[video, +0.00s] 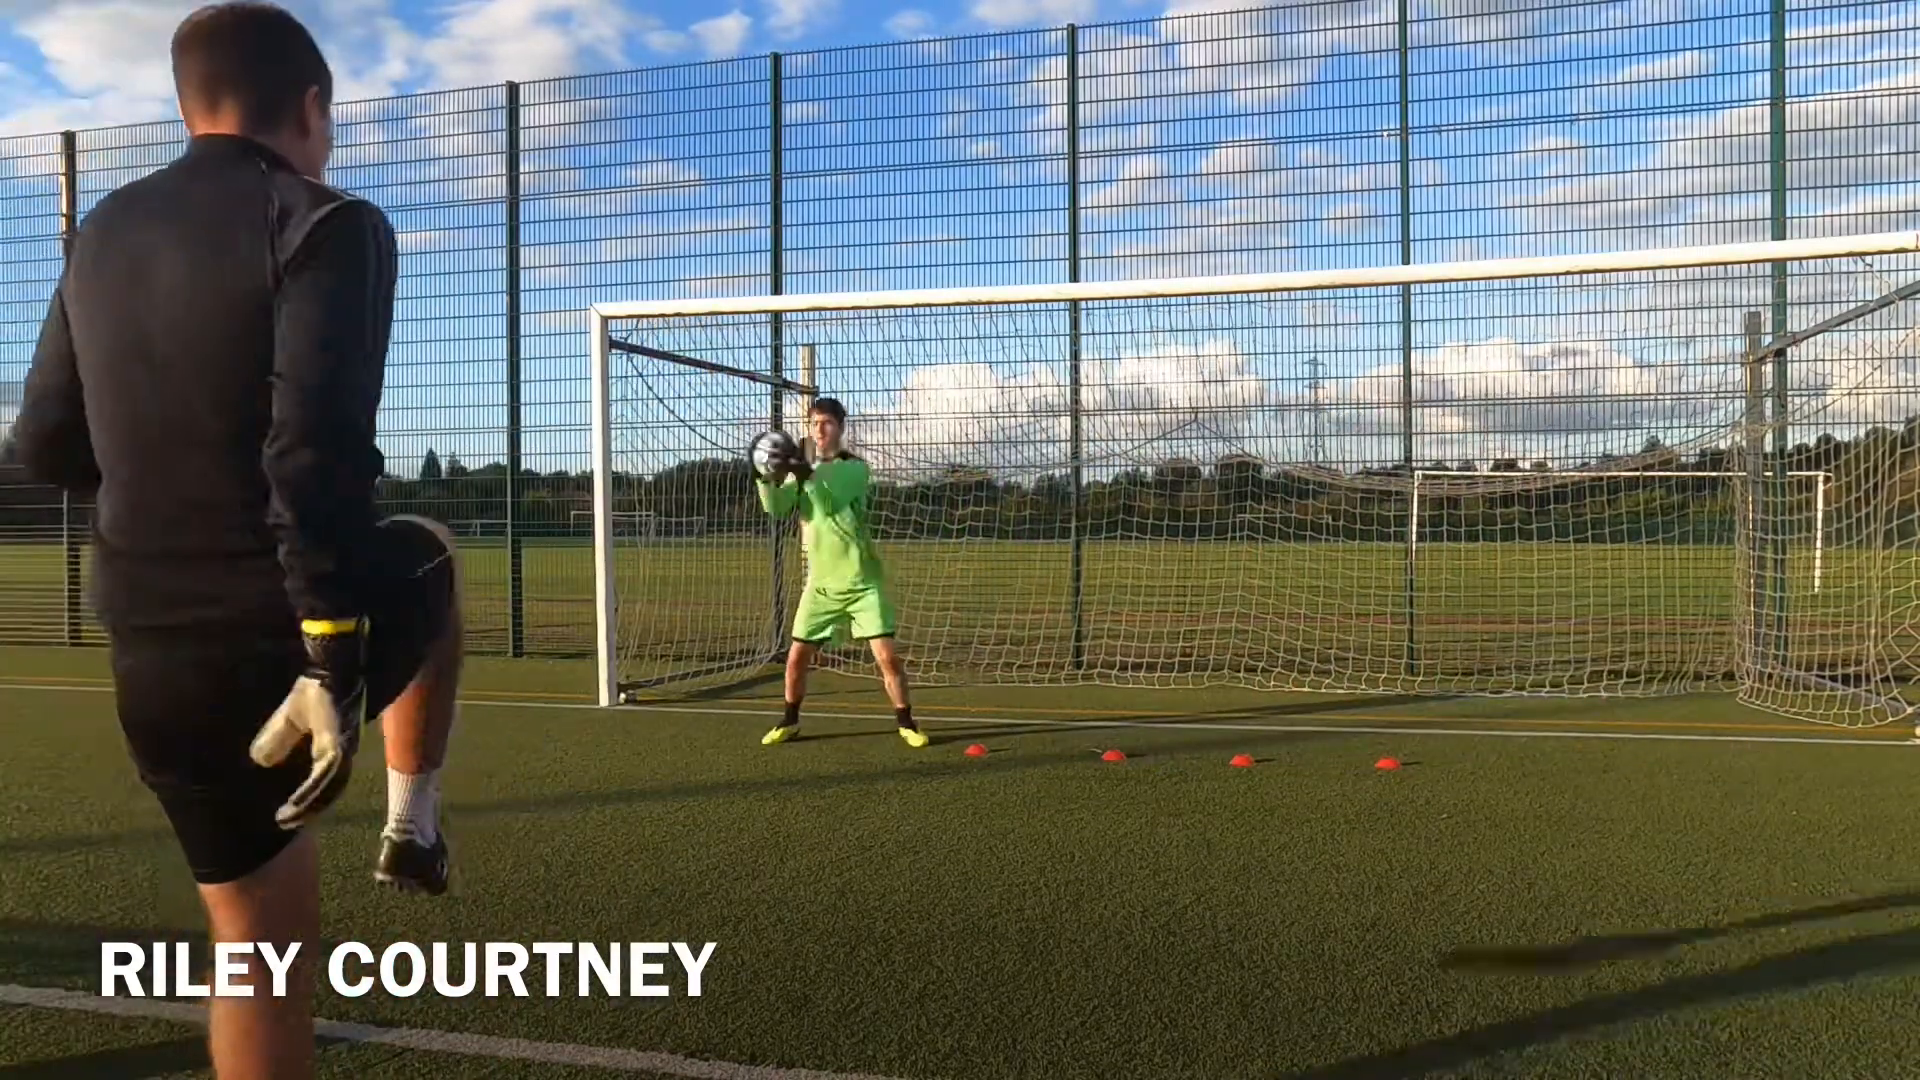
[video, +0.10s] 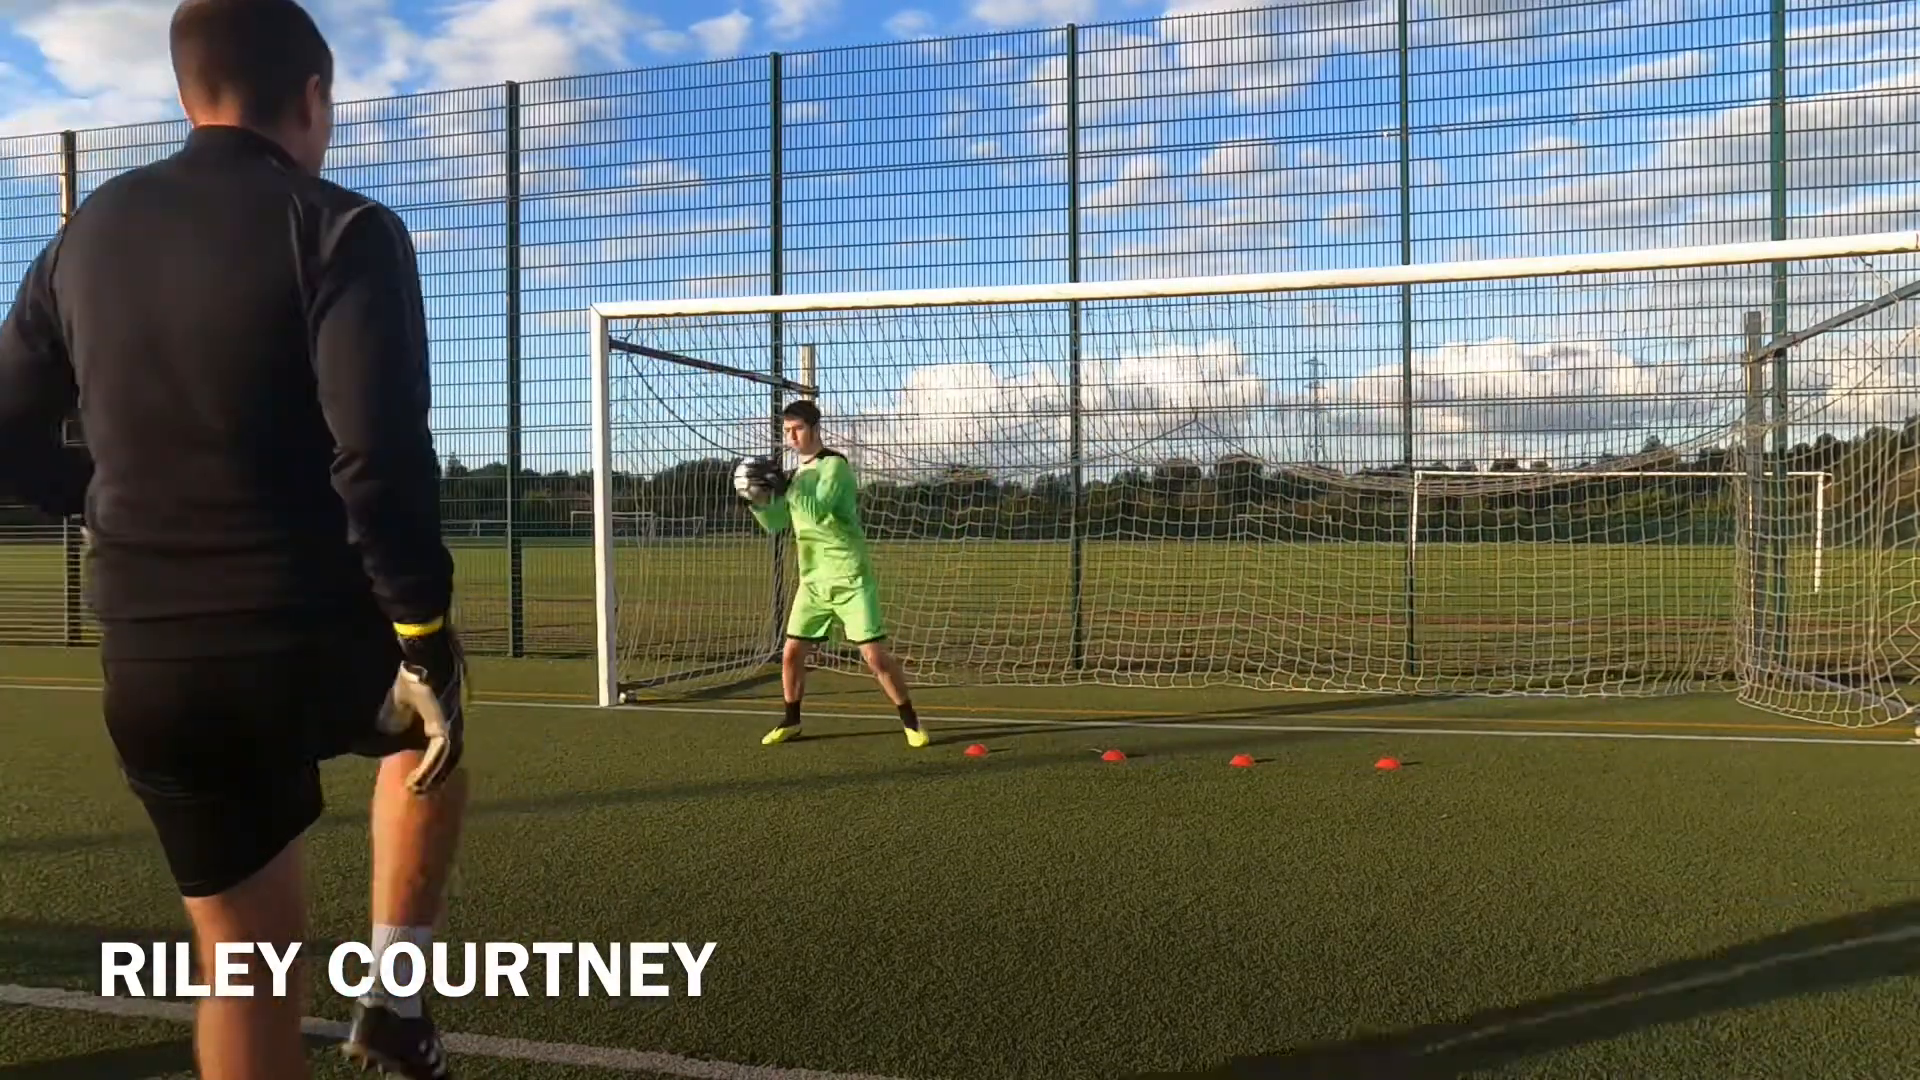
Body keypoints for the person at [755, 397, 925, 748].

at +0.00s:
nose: (820, 430)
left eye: (827, 423)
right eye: (815, 424)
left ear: (842, 428)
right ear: (809, 430)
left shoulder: (858, 470)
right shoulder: (801, 474)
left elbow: (832, 501)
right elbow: (776, 508)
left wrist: (803, 474)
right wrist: (766, 474)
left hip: (863, 581)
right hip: (820, 584)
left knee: (886, 654)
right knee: (796, 655)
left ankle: (906, 722)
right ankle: (790, 720)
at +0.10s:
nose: (791, 437)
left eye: (797, 430)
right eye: (787, 432)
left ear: (815, 429)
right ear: (787, 436)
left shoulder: (836, 466)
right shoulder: (795, 477)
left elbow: (820, 512)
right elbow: (774, 523)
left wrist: (784, 489)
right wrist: (755, 497)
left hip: (851, 579)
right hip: (813, 582)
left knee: (876, 658)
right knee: (791, 652)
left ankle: (911, 722)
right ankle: (791, 721)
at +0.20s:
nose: (770, 449)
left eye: (774, 441)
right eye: (766, 444)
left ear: (791, 438)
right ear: (767, 447)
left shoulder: (813, 472)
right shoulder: (792, 481)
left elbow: (807, 522)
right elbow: (788, 538)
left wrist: (767, 515)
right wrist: (753, 537)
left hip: (846, 575)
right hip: (814, 578)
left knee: (869, 659)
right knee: (791, 651)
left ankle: (910, 719)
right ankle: (791, 721)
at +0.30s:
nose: (757, 457)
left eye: (762, 449)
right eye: (752, 452)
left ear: (779, 449)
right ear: (750, 456)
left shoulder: (803, 482)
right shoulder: (781, 491)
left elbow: (815, 535)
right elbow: (798, 544)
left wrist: (776, 544)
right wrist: (772, 561)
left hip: (846, 578)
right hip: (814, 585)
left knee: (869, 658)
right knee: (791, 651)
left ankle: (911, 718)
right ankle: (791, 721)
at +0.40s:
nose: (761, 457)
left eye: (767, 450)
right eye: (755, 452)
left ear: (782, 452)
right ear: (751, 457)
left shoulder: (814, 484)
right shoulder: (774, 496)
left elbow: (845, 525)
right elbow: (794, 538)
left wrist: (809, 550)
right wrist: (785, 567)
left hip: (848, 579)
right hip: (814, 585)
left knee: (868, 656)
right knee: (796, 654)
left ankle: (912, 713)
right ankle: (792, 722)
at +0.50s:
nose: (783, 450)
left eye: (790, 442)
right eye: (777, 444)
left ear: (803, 445)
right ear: (770, 450)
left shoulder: (834, 480)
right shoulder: (779, 492)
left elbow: (873, 511)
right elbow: (792, 541)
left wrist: (853, 541)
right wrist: (780, 581)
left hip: (857, 579)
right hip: (819, 587)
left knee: (869, 650)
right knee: (802, 656)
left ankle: (906, 719)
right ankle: (792, 723)